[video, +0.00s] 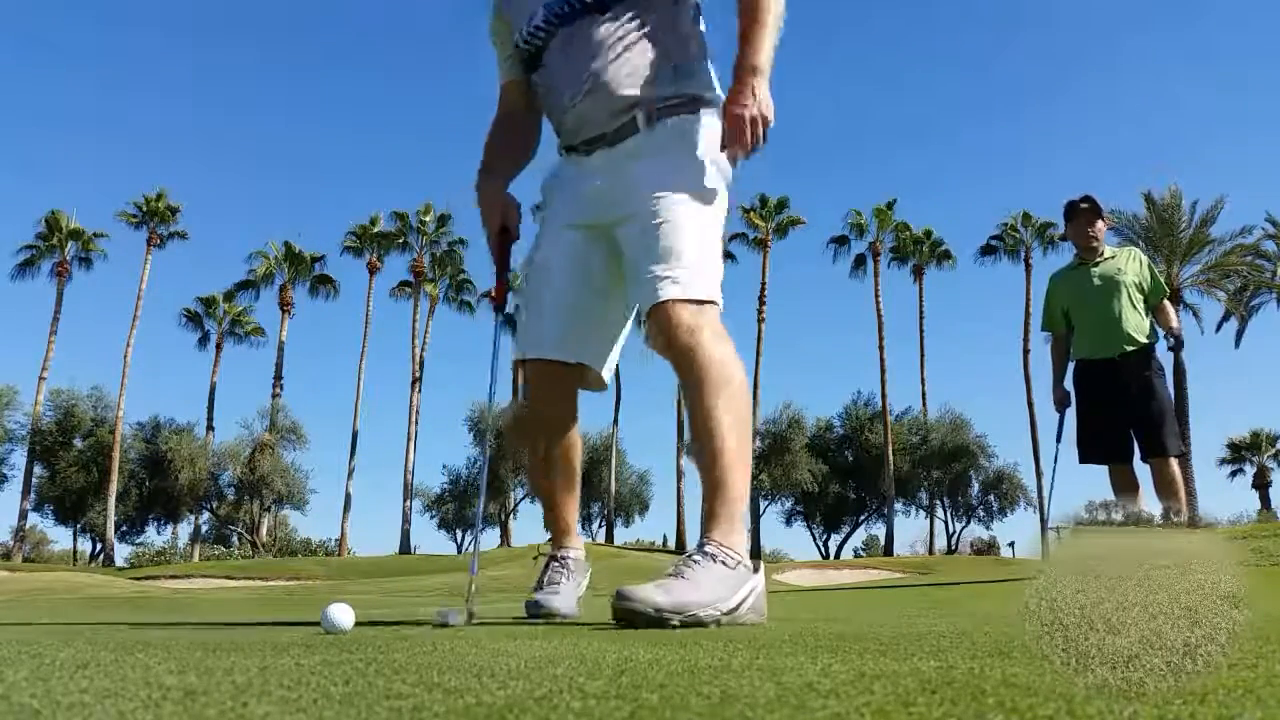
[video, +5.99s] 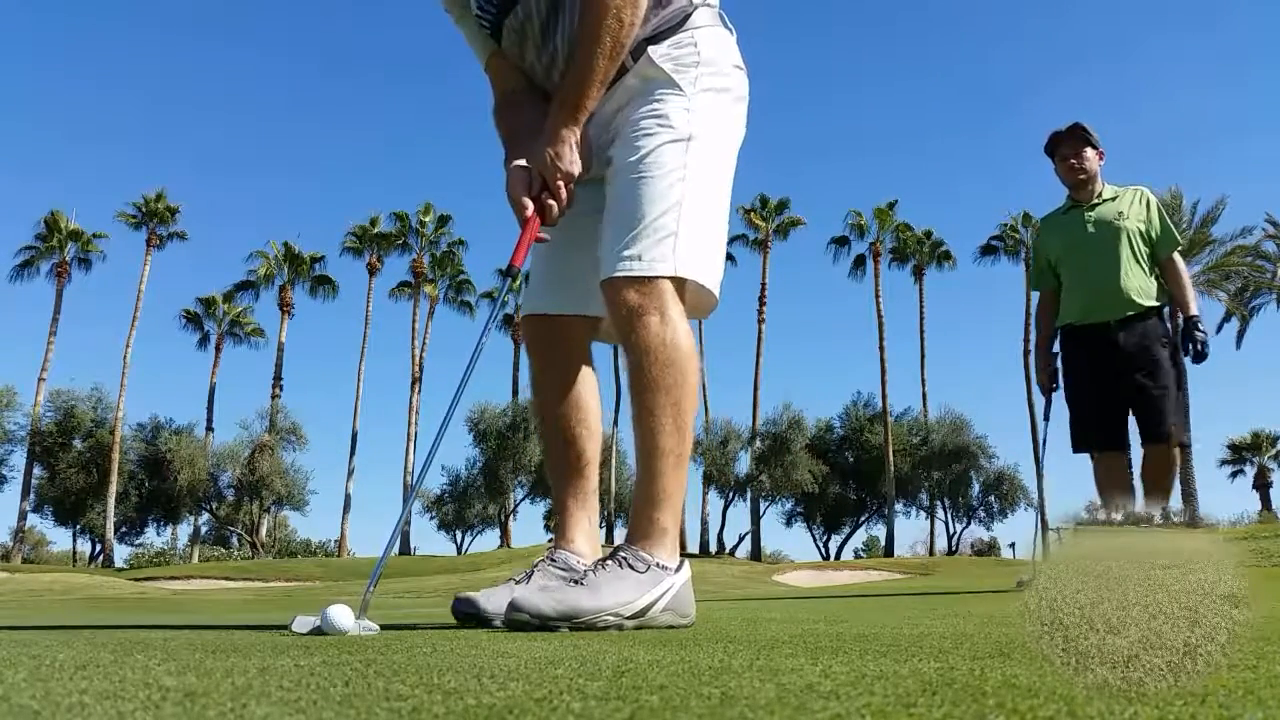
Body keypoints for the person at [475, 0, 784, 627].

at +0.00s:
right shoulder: (507, 8)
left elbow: (762, 2)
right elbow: (518, 102)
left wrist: (751, 73)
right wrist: (491, 180)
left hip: (671, 132)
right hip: (577, 166)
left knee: (682, 319)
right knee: (544, 368)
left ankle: (729, 556)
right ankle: (566, 553)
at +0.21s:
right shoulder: (546, 6)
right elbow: (555, 68)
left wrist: (759, 7)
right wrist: (542, 135)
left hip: (710, 84)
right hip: (613, 123)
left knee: (715, 300)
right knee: (577, 331)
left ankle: (732, 559)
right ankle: (649, 532)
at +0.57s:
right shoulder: (564, 7)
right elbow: (586, 61)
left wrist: (671, 41)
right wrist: (599, 120)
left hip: (738, 45)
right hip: (636, 85)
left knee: (732, 294)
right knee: (636, 321)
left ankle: (733, 561)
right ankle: (665, 554)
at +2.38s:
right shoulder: (545, 6)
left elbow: (706, 5)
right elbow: (597, 91)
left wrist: (655, 130)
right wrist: (612, 162)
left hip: (758, 58)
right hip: (659, 107)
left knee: (737, 288)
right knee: (644, 326)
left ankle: (742, 561)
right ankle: (666, 558)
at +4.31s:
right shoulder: (491, 5)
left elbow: (647, 10)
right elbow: (530, 78)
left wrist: (585, 132)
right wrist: (545, 158)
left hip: (690, 58)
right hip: (588, 97)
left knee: (656, 292)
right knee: (570, 318)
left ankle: (672, 560)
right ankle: (593, 559)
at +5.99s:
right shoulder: (464, 5)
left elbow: (622, 5)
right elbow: (510, 82)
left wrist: (564, 121)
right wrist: (522, 151)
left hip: (668, 52)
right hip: (571, 101)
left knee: (641, 288)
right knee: (548, 322)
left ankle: (656, 562)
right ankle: (576, 559)